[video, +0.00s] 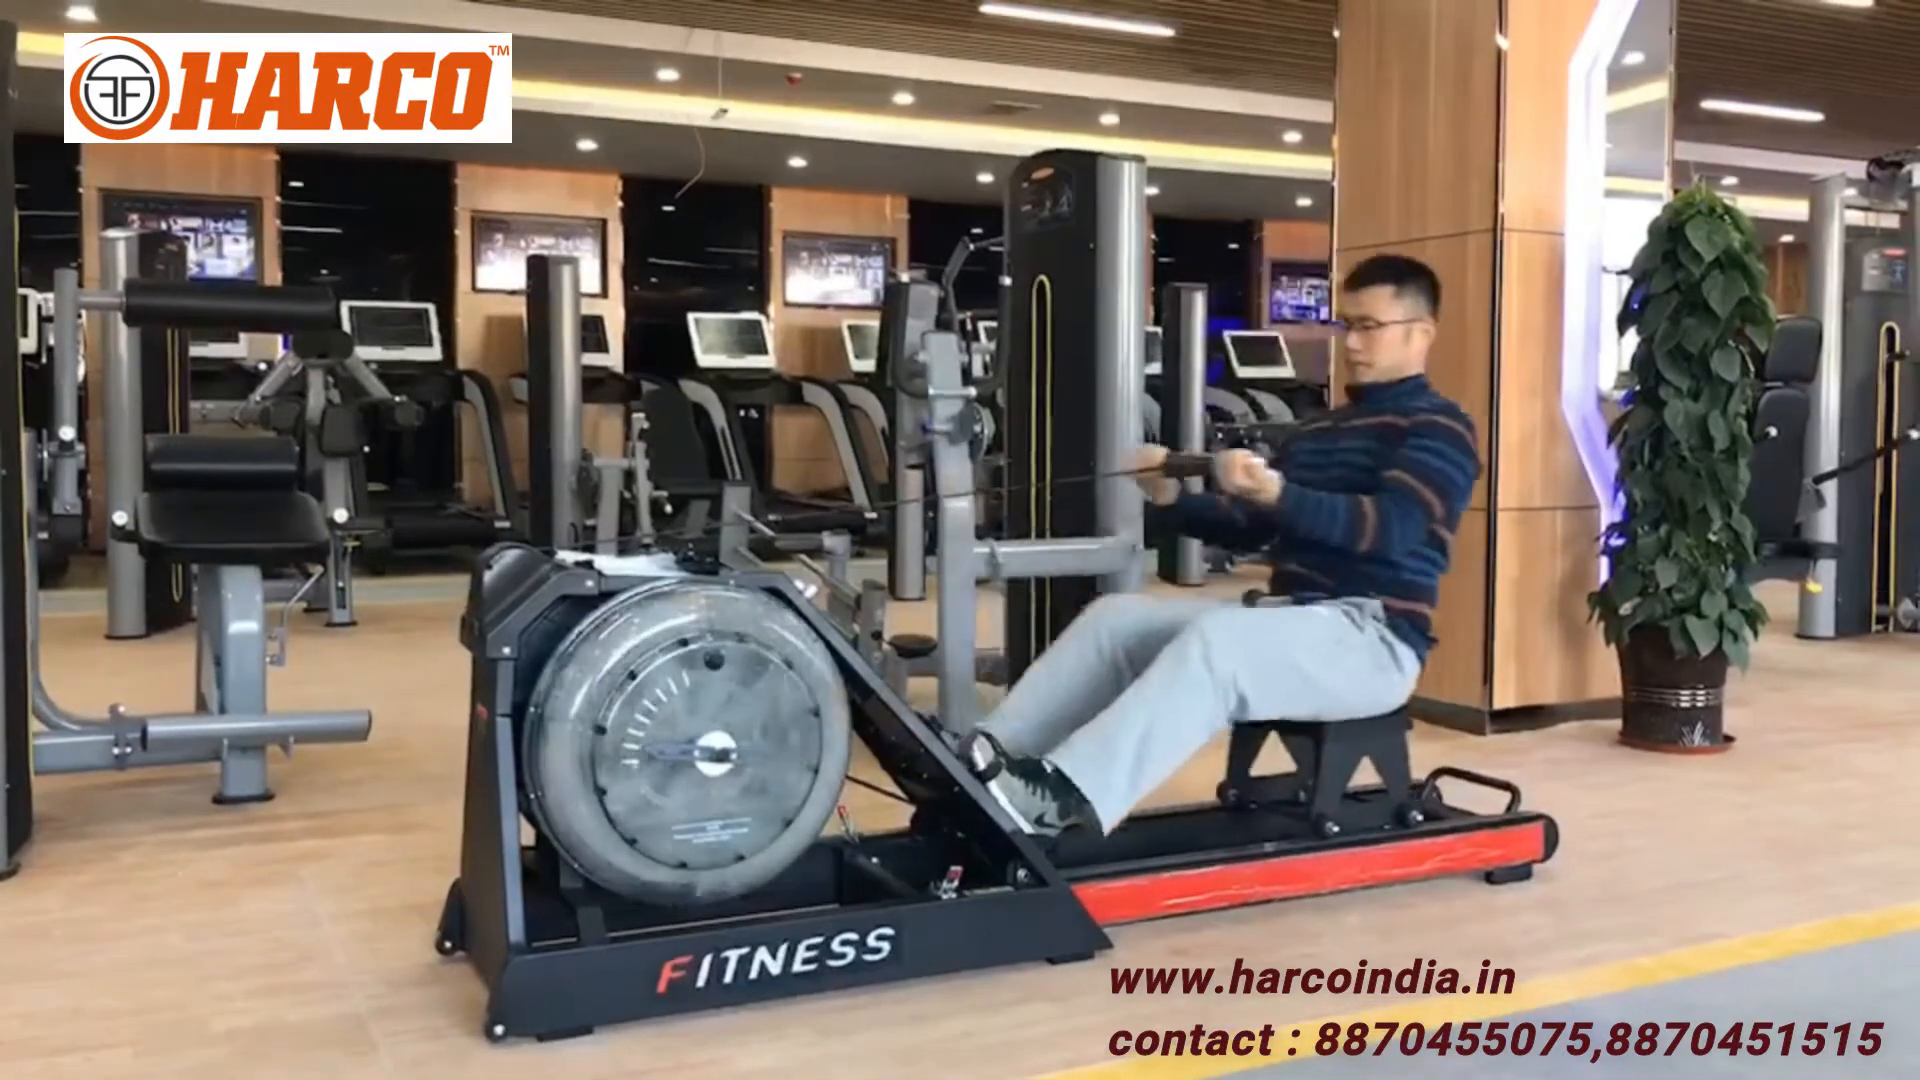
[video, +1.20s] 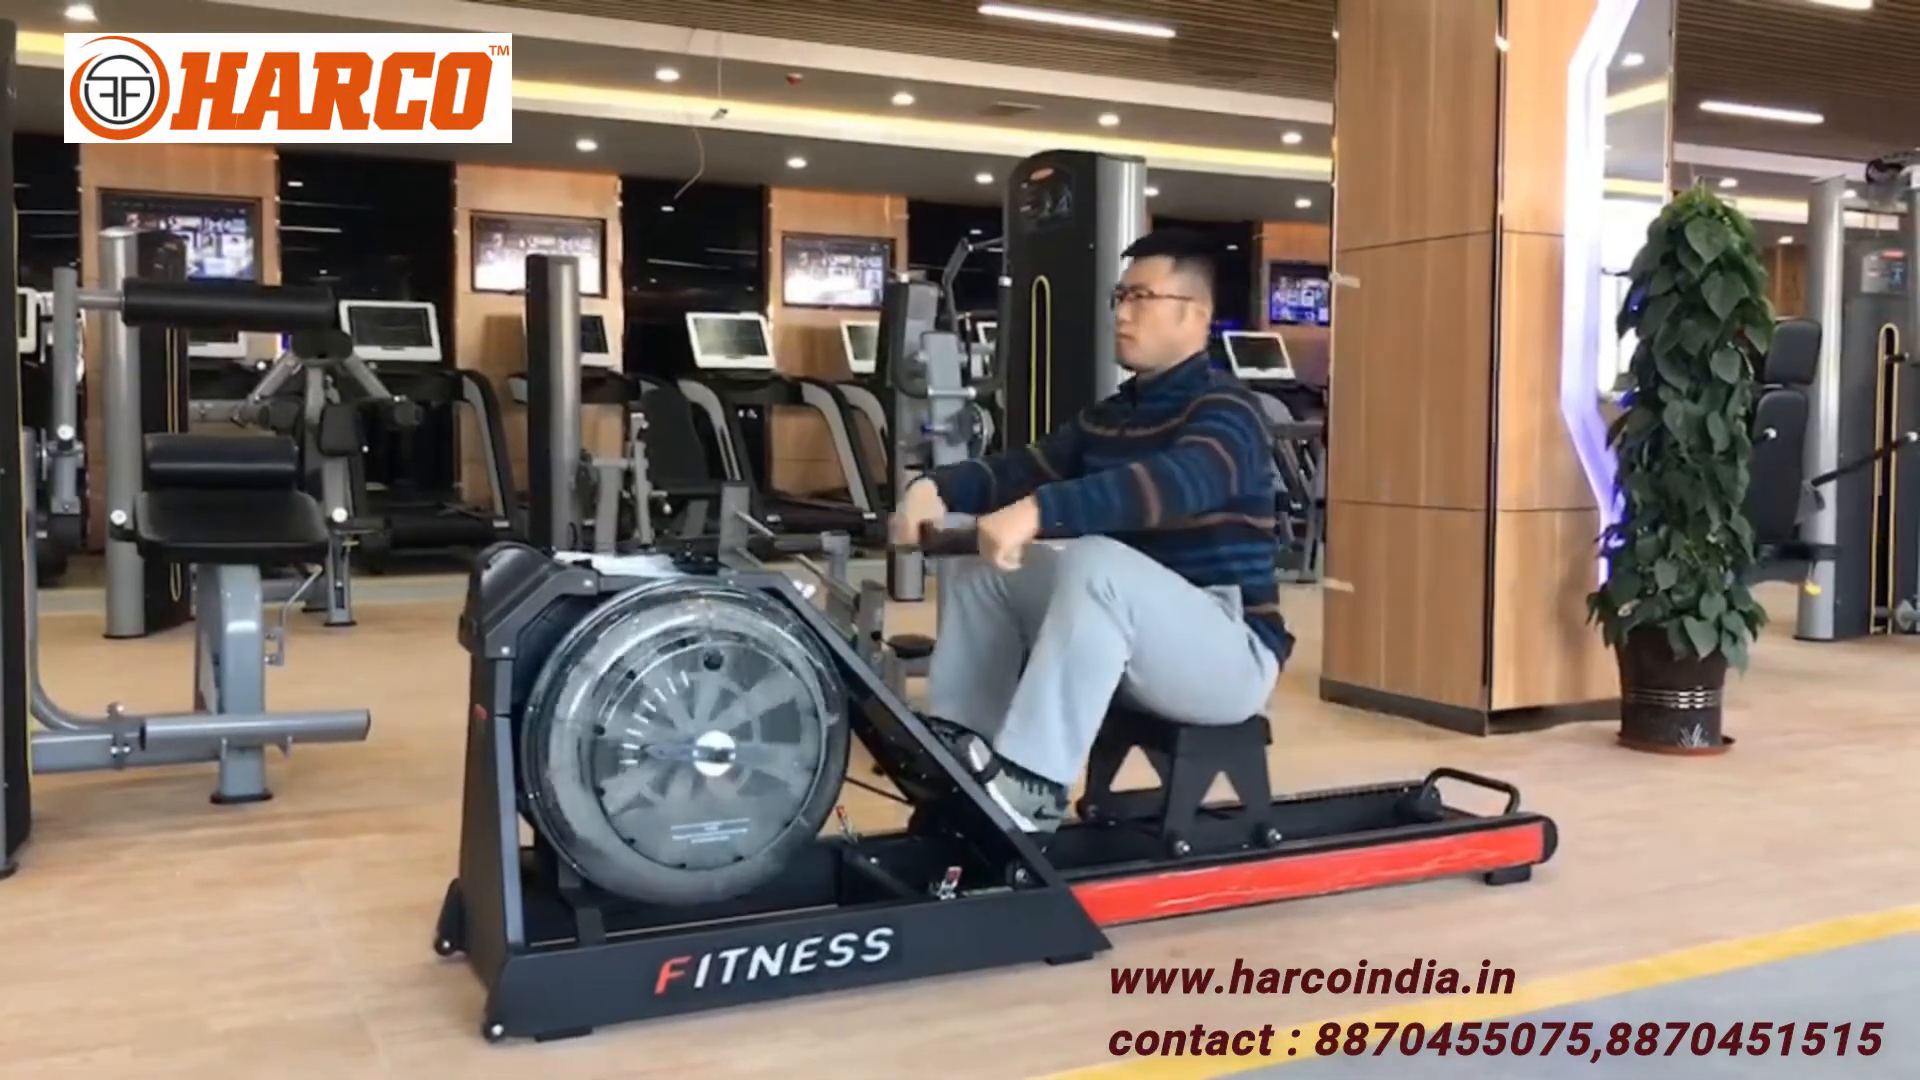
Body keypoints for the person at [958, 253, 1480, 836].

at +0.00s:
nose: (1353, 343)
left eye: (1373, 327)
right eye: (1347, 326)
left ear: (1424, 336)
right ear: (1339, 330)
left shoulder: (1442, 430)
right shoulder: (1325, 429)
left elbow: (1386, 528)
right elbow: (1261, 528)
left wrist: (1279, 495)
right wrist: (1169, 495)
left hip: (1373, 637)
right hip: (1291, 617)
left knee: (1214, 645)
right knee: (1117, 619)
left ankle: (1065, 795)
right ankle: (983, 759)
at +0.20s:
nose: (1402, 357)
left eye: (1422, 341)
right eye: (1396, 340)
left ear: (1472, 350)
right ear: (1388, 345)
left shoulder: (1499, 445)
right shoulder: (1373, 439)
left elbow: (1474, 556)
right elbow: (1313, 551)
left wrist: (1375, 506)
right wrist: (1255, 499)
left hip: (1397, 641)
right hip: (1312, 616)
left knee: (1233, 697)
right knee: (1162, 660)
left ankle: (1081, 814)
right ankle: (1007, 754)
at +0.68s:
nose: (1336, 343)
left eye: (1355, 329)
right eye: (1332, 328)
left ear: (1407, 337)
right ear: (1326, 333)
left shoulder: (1444, 434)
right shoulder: (1319, 434)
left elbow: (1463, 554)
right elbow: (1278, 553)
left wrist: (1354, 516)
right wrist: (1225, 504)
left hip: (1371, 642)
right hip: (1289, 624)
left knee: (1210, 629)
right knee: (1116, 606)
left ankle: (1075, 795)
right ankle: (995, 754)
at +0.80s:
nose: (1274, 331)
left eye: (1293, 316)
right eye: (1272, 315)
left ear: (1351, 326)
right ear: (1266, 317)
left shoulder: (1385, 429)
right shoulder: (1260, 432)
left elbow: (1382, 547)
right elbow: (1218, 540)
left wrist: (1267, 522)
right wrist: (1139, 520)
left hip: (1336, 643)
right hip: (1239, 623)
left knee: (1190, 607)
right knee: (1085, 587)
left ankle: (1062, 788)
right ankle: (981, 751)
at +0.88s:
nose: (1241, 327)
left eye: (1261, 312)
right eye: (1239, 311)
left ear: (1319, 324)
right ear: (1234, 317)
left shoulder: (1351, 423)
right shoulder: (1226, 431)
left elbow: (1348, 541)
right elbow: (1175, 534)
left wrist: (1228, 529)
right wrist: (1090, 513)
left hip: (1317, 644)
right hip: (1219, 620)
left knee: (1176, 599)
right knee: (1060, 580)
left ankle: (1054, 787)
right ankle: (973, 751)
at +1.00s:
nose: (1180, 319)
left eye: (1200, 304)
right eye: (1176, 304)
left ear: (1255, 321)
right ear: (1167, 314)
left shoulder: (1285, 411)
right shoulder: (1167, 419)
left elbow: (1273, 519)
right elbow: (1099, 490)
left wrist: (1148, 528)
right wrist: (1021, 498)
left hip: (1276, 645)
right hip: (1178, 612)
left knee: (1137, 589)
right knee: (1021, 571)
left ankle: (1042, 786)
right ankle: (961, 749)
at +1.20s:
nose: (1121, 313)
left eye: (1139, 298)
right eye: (1120, 298)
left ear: (1195, 316)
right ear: (1113, 309)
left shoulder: (1227, 414)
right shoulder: (1113, 415)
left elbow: (1166, 487)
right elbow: (1034, 467)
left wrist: (1039, 509)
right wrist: (940, 487)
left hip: (1230, 652)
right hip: (1127, 637)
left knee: (1097, 566)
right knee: (974, 564)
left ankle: (1034, 784)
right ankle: (959, 758)